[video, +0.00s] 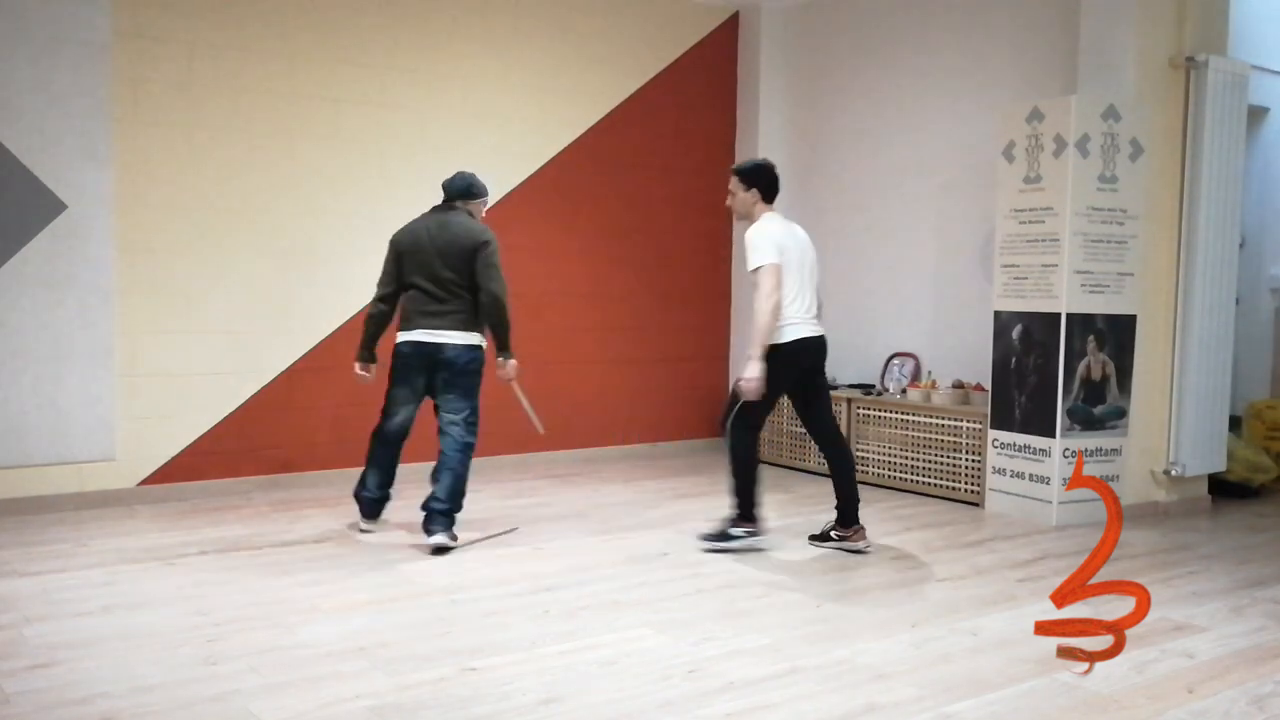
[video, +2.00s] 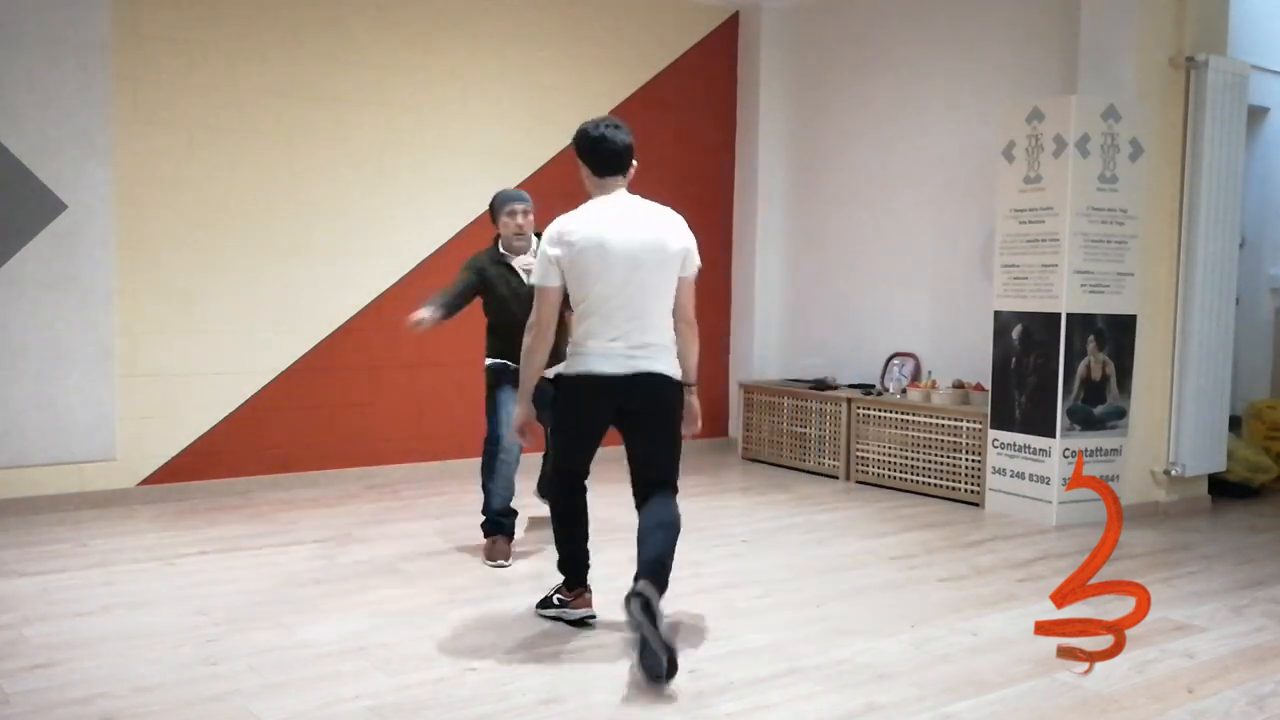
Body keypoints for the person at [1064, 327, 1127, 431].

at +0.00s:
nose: (1087, 345)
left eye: (1090, 342)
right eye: (1088, 342)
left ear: (1098, 344)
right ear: (1088, 345)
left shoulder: (1108, 364)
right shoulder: (1083, 365)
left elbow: (1114, 391)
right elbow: (1076, 391)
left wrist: (1106, 407)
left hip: (1103, 406)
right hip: (1086, 406)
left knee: (1121, 411)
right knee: (1071, 410)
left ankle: (1087, 425)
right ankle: (1102, 425)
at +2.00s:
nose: (1087, 346)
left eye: (1091, 342)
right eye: (1088, 342)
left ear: (1098, 344)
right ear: (1088, 345)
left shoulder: (1108, 364)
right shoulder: (1084, 364)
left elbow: (1113, 389)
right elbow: (1076, 390)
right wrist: (1070, 408)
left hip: (1103, 406)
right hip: (1085, 405)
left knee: (1121, 411)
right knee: (1071, 410)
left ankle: (1086, 425)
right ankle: (1101, 425)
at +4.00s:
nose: (1087, 346)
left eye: (1090, 342)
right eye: (1087, 342)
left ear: (1098, 344)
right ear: (1087, 345)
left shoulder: (1108, 364)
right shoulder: (1084, 365)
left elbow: (1114, 391)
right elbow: (1076, 391)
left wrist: (1107, 406)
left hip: (1103, 406)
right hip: (1086, 406)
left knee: (1121, 411)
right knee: (1071, 411)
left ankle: (1086, 425)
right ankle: (1100, 425)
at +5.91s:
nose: (1088, 345)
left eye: (1091, 342)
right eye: (1088, 342)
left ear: (1099, 344)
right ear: (1087, 344)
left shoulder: (1108, 365)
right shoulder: (1084, 364)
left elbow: (1114, 392)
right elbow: (1076, 390)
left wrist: (1106, 407)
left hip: (1103, 406)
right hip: (1086, 406)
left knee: (1122, 411)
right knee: (1071, 410)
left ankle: (1086, 425)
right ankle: (1099, 425)